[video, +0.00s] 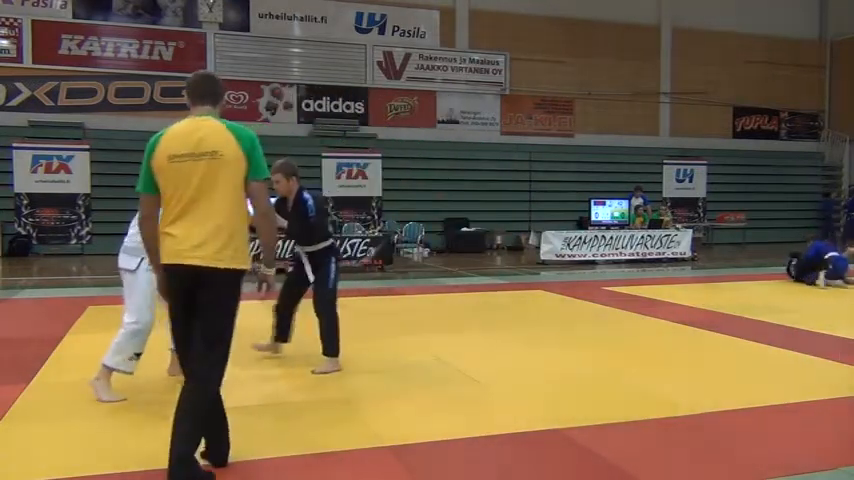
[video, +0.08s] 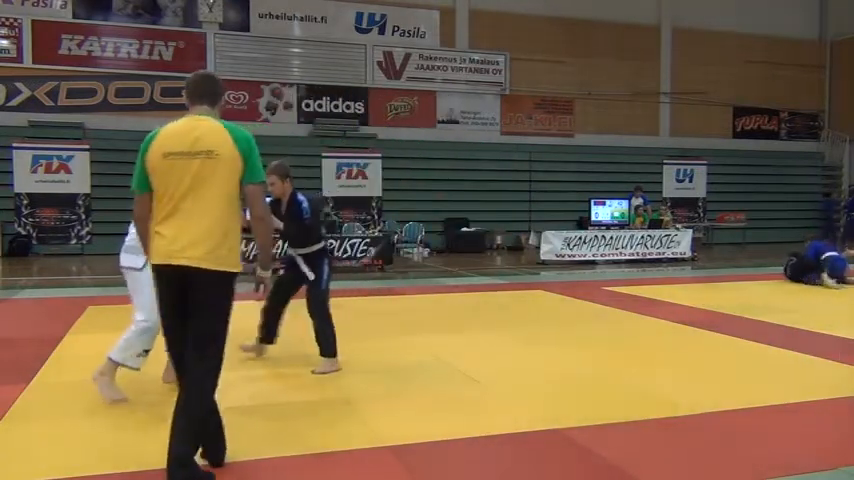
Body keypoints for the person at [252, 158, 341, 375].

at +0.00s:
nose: (274, 186)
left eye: (277, 182)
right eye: (273, 182)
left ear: (292, 181)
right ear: (280, 183)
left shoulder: (310, 202)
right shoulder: (281, 204)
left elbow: (310, 234)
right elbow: (269, 225)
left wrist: (284, 224)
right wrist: (254, 219)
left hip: (325, 257)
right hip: (303, 257)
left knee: (324, 305)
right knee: (285, 300)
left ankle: (332, 358)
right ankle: (277, 342)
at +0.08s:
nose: (269, 189)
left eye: (272, 184)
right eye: (268, 184)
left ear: (287, 183)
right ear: (269, 184)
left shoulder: (303, 204)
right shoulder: (273, 205)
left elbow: (303, 237)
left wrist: (278, 224)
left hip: (317, 258)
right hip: (295, 258)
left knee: (317, 305)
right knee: (275, 299)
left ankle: (330, 358)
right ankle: (263, 342)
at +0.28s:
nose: (255, 189)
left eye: (259, 184)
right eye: (253, 184)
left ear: (272, 183)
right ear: (251, 184)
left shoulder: (286, 205)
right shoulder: (252, 204)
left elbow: (297, 237)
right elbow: (234, 230)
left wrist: (270, 226)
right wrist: (236, 219)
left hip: (290, 257)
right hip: (265, 257)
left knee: (302, 302)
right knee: (246, 302)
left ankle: (320, 353)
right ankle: (249, 348)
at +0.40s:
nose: (250, 183)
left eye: (255, 179)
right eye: (248, 179)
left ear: (267, 177)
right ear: (246, 177)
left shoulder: (279, 198)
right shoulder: (244, 197)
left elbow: (290, 228)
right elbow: (233, 220)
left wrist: (267, 221)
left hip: (280, 250)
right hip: (255, 249)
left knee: (288, 297)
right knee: (246, 294)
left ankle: (293, 346)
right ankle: (249, 345)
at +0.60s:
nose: (249, 187)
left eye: (253, 183)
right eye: (246, 183)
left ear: (264, 182)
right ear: (242, 180)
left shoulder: (273, 202)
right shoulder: (235, 197)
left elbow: (281, 231)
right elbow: (217, 215)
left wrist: (260, 221)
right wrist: (226, 237)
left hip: (267, 250)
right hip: (243, 249)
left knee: (264, 298)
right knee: (244, 298)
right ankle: (249, 343)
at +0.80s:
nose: (244, 190)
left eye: (249, 186)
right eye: (241, 185)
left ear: (258, 184)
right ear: (237, 182)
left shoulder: (267, 203)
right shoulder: (226, 200)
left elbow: (275, 235)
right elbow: (214, 225)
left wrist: (255, 229)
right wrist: (236, 229)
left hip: (261, 253)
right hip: (235, 253)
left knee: (266, 298)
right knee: (224, 296)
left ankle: (260, 345)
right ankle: (235, 338)